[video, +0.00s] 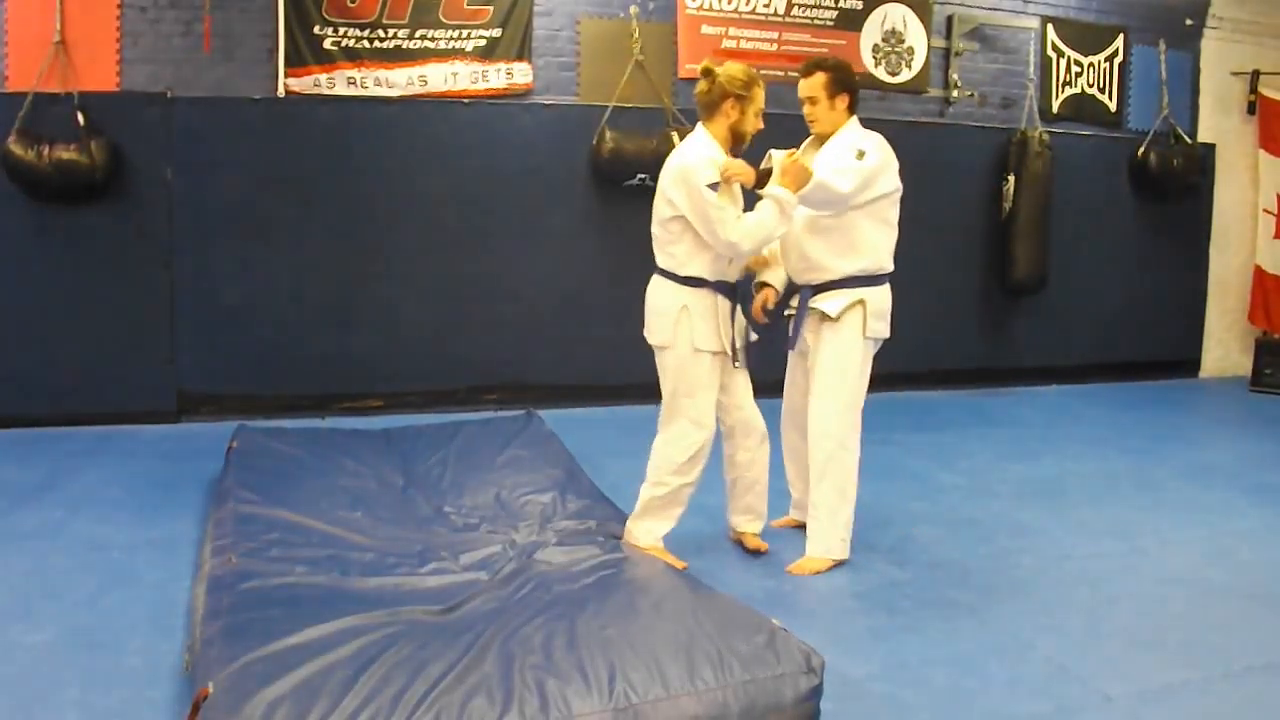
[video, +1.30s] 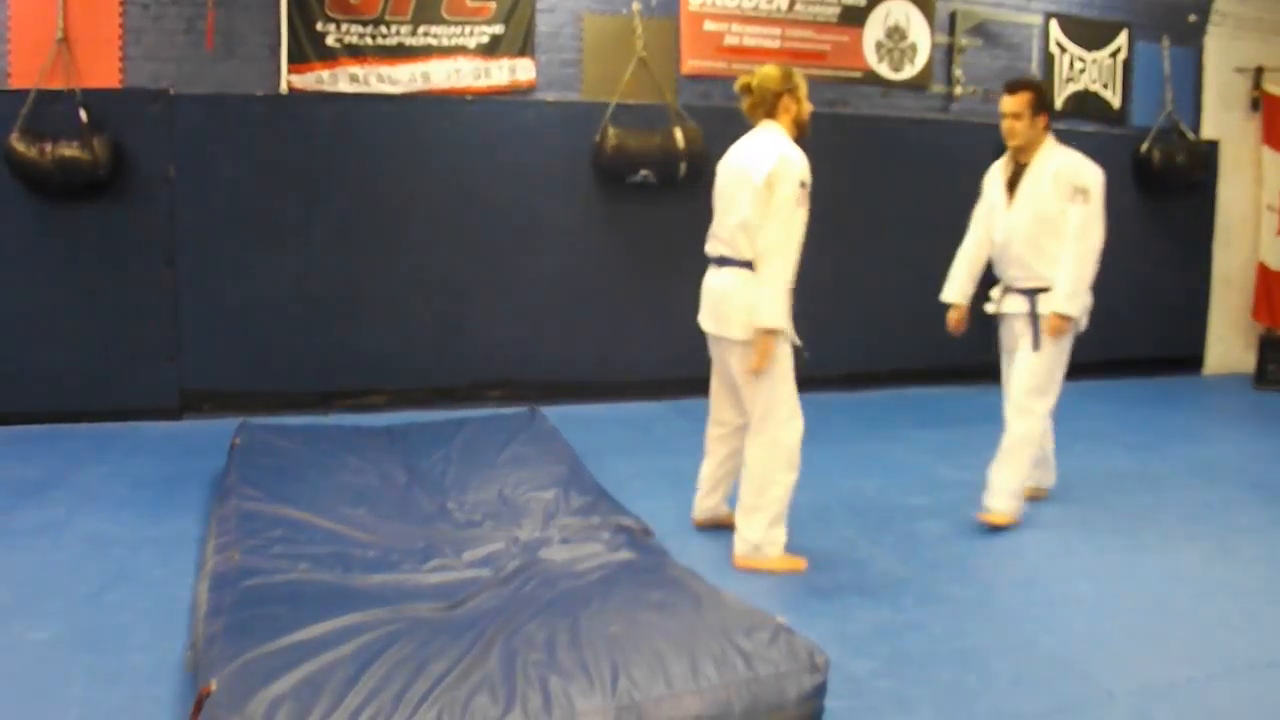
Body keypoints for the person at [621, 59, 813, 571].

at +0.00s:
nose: (761, 122)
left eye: (762, 114)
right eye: (758, 112)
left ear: (727, 108)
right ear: (732, 108)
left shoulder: (724, 160)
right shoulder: (693, 162)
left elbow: (751, 231)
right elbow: (734, 241)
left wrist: (767, 276)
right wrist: (783, 192)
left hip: (716, 303)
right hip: (683, 303)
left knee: (745, 421)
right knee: (690, 426)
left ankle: (746, 524)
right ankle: (643, 535)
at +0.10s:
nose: (758, 117)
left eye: (759, 108)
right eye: (755, 106)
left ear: (724, 103)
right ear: (730, 103)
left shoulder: (715, 153)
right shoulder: (692, 157)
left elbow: (741, 223)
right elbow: (727, 240)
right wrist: (779, 196)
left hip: (707, 297)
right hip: (677, 297)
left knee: (738, 414)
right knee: (682, 424)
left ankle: (748, 521)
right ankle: (643, 536)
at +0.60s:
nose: (753, 99)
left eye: (751, 90)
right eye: (750, 91)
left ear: (707, 94)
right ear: (731, 95)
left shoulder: (674, 139)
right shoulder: (726, 155)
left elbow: (740, 187)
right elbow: (784, 207)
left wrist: (782, 188)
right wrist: (847, 238)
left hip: (664, 281)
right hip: (685, 292)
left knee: (728, 376)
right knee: (686, 412)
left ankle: (723, 477)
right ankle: (645, 532)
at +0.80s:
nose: (758, 106)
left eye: (756, 97)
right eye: (755, 98)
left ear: (712, 99)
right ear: (740, 100)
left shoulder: (680, 150)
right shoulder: (742, 158)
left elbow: (718, 214)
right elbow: (783, 234)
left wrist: (768, 250)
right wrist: (836, 289)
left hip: (678, 284)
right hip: (707, 292)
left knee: (712, 403)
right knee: (693, 412)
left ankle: (707, 509)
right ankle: (646, 530)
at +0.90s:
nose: (772, 109)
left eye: (770, 100)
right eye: (769, 100)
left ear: (726, 105)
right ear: (750, 104)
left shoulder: (696, 155)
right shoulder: (750, 160)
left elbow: (694, 232)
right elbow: (769, 246)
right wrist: (790, 320)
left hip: (688, 282)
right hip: (720, 291)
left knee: (717, 407)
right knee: (719, 413)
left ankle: (707, 507)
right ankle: (651, 523)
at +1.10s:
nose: (796, 110)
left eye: (794, 101)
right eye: (791, 101)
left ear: (751, 104)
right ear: (773, 104)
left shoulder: (728, 148)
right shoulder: (767, 155)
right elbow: (750, 235)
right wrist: (728, 304)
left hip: (706, 277)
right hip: (737, 285)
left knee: (721, 406)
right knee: (775, 406)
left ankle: (709, 510)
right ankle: (727, 518)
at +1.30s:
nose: (809, 108)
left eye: (807, 100)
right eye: (804, 100)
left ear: (763, 104)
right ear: (787, 104)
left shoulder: (738, 151)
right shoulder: (787, 159)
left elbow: (723, 232)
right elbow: (778, 245)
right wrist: (770, 324)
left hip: (718, 285)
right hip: (754, 293)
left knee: (728, 409)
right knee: (779, 421)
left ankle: (710, 502)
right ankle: (759, 543)